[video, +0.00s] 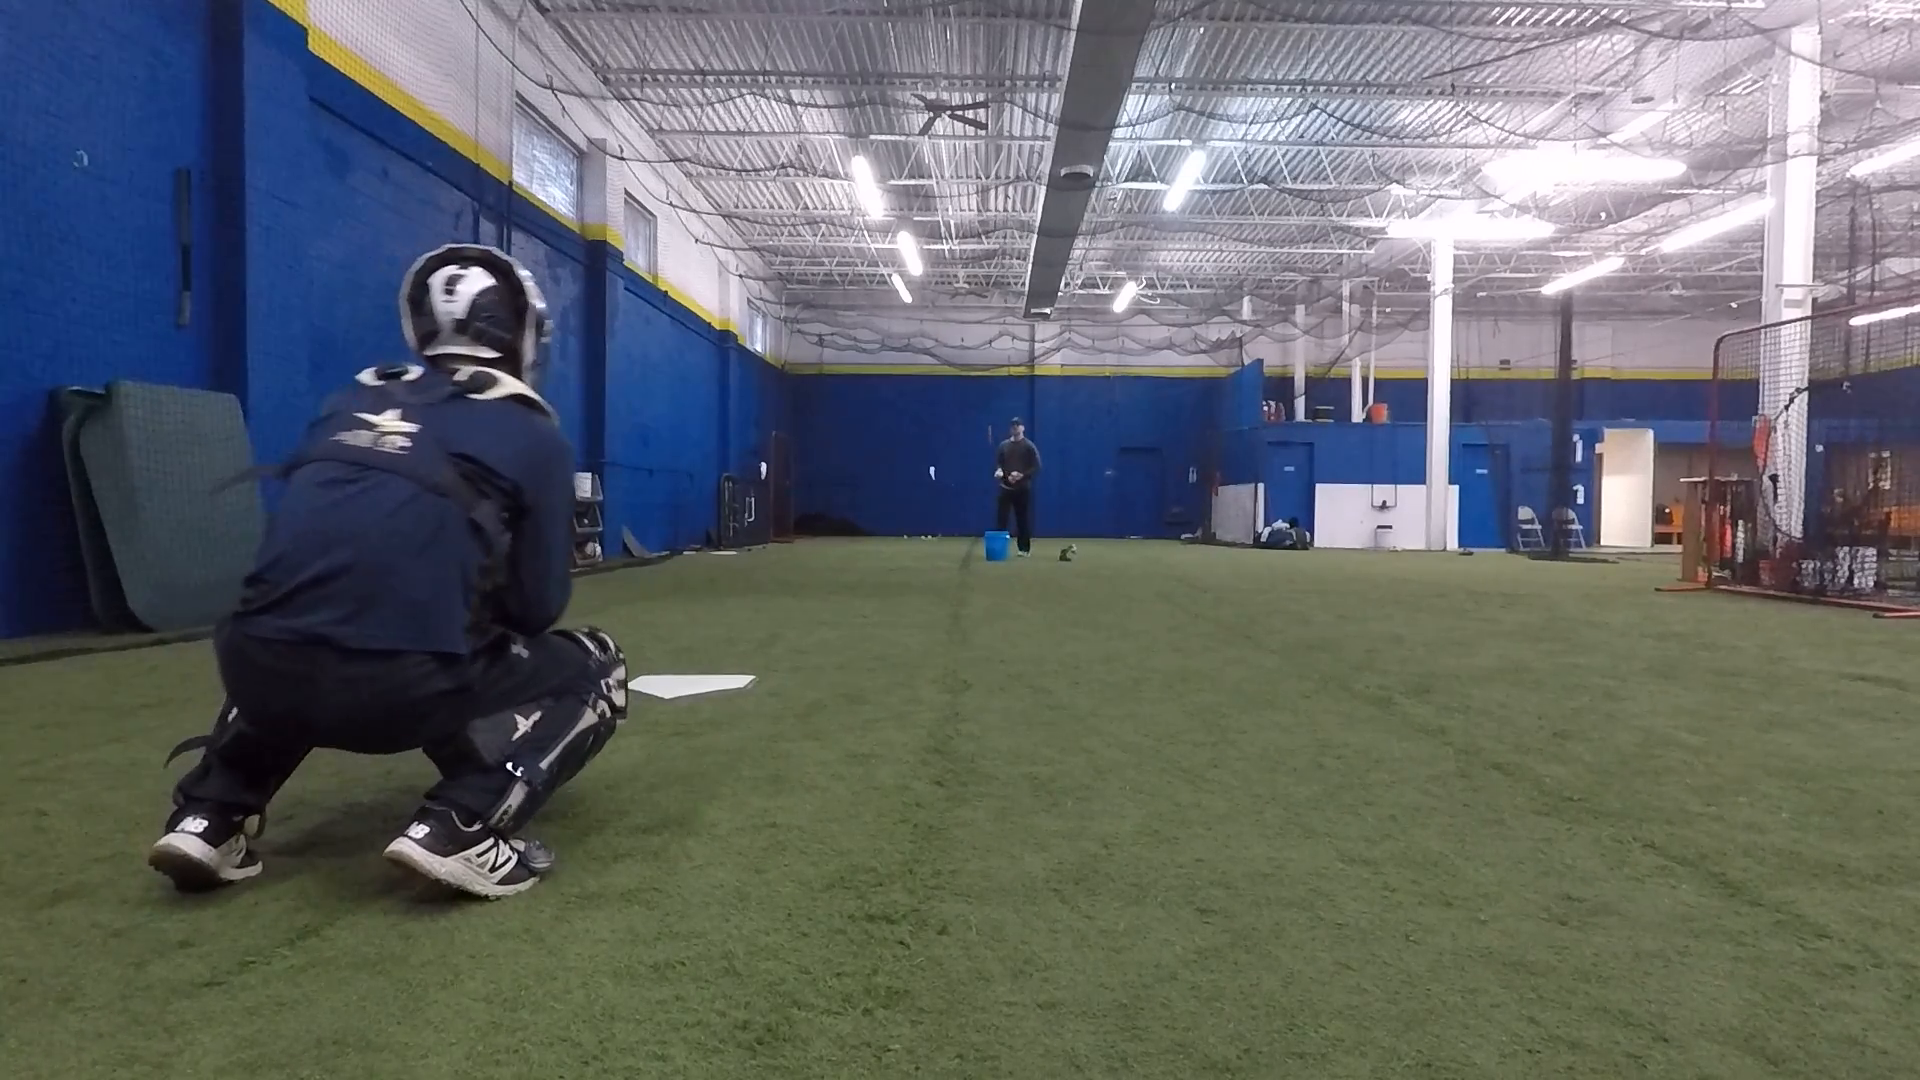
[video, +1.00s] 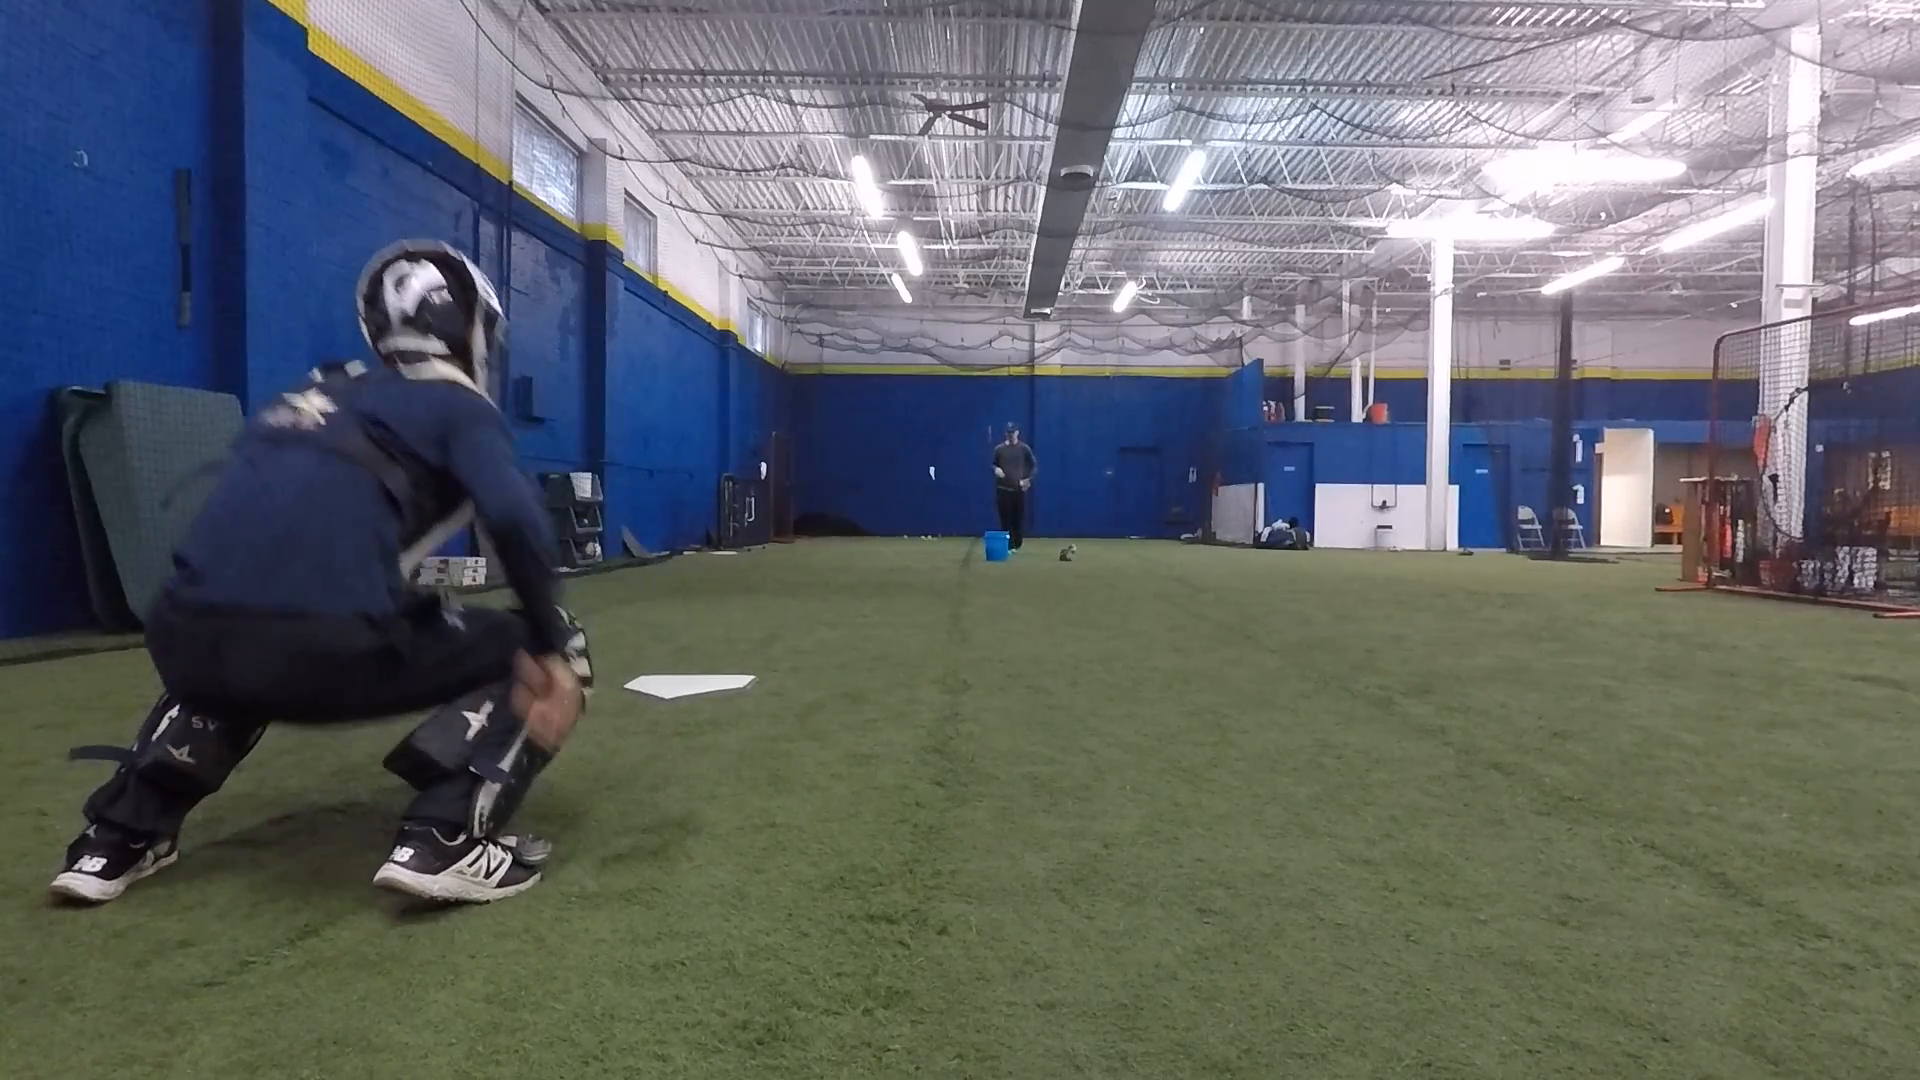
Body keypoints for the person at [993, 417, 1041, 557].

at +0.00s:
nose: (1016, 429)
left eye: (1018, 426)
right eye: (1013, 426)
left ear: (1023, 428)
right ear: (1010, 429)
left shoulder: (1029, 446)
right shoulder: (1003, 446)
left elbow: (1036, 466)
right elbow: (999, 463)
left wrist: (1022, 475)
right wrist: (1002, 472)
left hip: (1022, 488)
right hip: (1006, 487)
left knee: (1022, 519)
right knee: (1002, 517)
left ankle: (1024, 548)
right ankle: (999, 547)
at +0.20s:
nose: (1018, 429)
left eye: (1020, 427)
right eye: (1016, 427)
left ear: (1025, 429)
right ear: (1013, 429)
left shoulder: (1031, 447)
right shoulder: (1005, 446)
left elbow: (1039, 465)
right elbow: (999, 463)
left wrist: (1033, 475)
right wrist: (992, 462)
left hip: (1024, 489)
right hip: (1007, 489)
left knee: (1024, 520)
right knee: (1005, 518)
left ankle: (1024, 548)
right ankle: (1004, 545)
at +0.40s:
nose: (1015, 431)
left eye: (1017, 429)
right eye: (1012, 429)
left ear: (1021, 431)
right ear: (1009, 432)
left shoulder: (1028, 448)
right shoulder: (1002, 448)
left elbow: (1039, 465)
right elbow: (990, 462)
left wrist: (1036, 477)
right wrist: (986, 447)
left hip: (1023, 490)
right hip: (1007, 490)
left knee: (1023, 519)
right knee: (1007, 519)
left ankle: (1024, 547)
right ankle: (1007, 546)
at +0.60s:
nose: (1011, 434)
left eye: (1013, 431)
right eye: (1009, 431)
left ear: (1018, 432)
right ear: (1006, 433)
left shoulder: (1025, 448)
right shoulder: (999, 448)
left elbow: (1035, 465)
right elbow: (987, 461)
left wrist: (1030, 478)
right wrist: (983, 446)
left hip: (1020, 489)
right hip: (1004, 490)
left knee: (1022, 517)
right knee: (1006, 518)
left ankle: (1026, 544)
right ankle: (1008, 545)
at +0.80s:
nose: (1010, 432)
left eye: (1012, 430)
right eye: (1008, 430)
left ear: (1017, 431)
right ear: (1005, 432)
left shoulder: (1024, 448)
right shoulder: (998, 448)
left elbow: (1034, 465)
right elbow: (990, 466)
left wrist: (1029, 478)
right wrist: (985, 459)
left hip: (1018, 489)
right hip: (1003, 488)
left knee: (1018, 516)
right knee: (1005, 518)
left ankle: (1023, 545)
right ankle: (1007, 546)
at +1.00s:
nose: (1011, 435)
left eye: (1013, 432)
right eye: (1009, 432)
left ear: (1017, 432)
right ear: (1006, 433)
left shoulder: (1024, 448)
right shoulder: (999, 449)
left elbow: (1034, 467)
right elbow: (993, 463)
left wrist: (1028, 479)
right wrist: (996, 469)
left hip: (1018, 489)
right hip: (1003, 489)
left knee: (1017, 518)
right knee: (1005, 517)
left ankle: (1017, 544)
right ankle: (1007, 544)